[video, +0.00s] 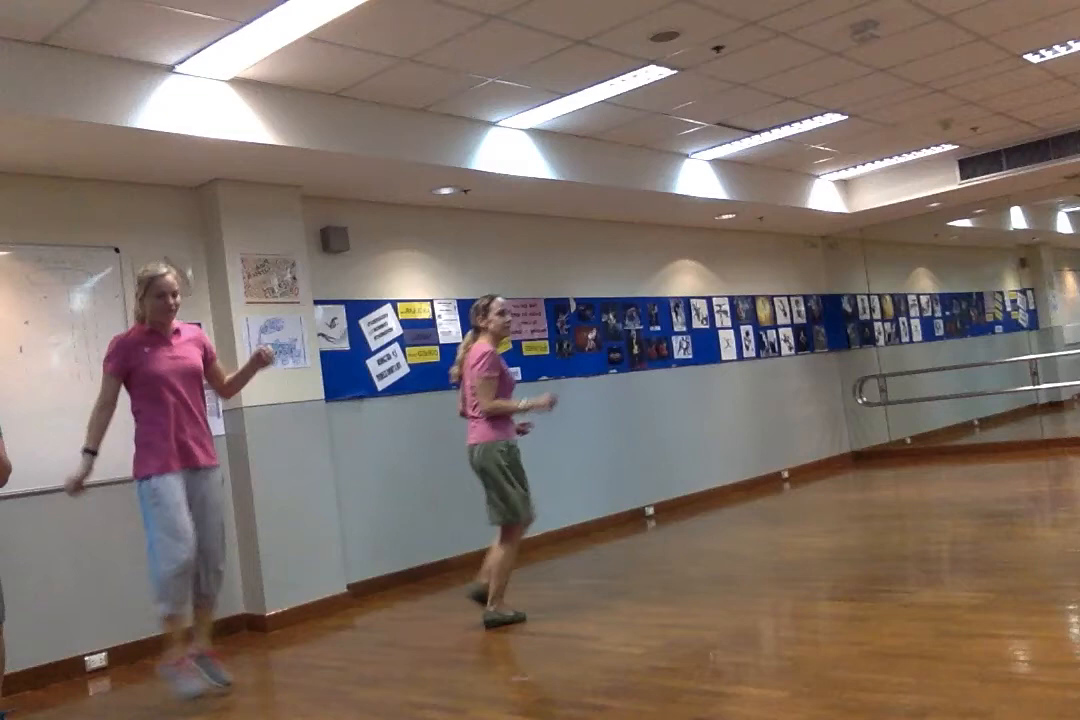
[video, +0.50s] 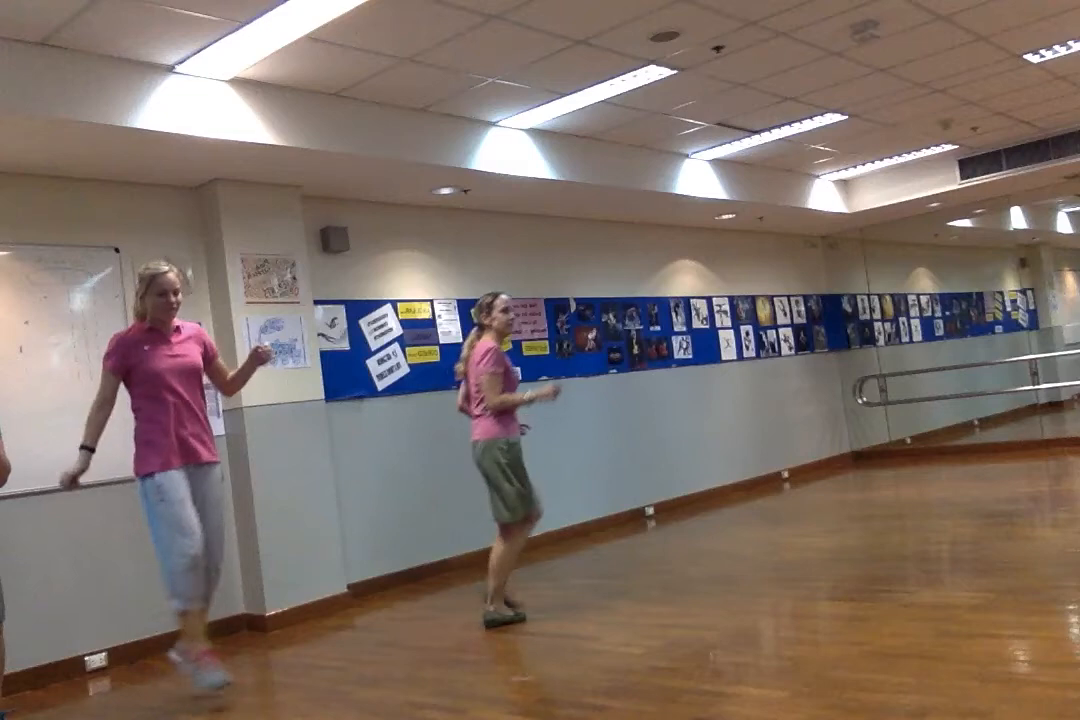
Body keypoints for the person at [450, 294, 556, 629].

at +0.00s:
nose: (508, 319)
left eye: (507, 313)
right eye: (500, 314)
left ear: (492, 322)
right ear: (482, 321)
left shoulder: (474, 353)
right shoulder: (486, 354)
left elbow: (465, 408)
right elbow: (486, 406)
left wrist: (510, 424)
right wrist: (532, 403)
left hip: (485, 444)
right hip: (494, 444)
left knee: (521, 517)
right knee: (513, 526)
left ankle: (484, 581)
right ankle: (495, 607)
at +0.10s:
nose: (511, 316)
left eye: (511, 310)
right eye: (504, 311)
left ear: (495, 319)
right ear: (486, 318)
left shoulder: (478, 350)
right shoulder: (490, 351)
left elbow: (465, 403)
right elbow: (493, 401)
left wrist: (505, 416)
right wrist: (534, 395)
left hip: (491, 442)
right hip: (497, 442)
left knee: (524, 515)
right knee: (516, 522)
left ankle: (496, 588)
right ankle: (495, 604)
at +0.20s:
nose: (511, 316)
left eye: (511, 310)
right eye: (504, 311)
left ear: (495, 319)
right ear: (486, 317)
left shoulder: (478, 350)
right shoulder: (490, 351)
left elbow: (465, 403)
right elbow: (493, 401)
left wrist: (505, 416)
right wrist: (534, 395)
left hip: (491, 442)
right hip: (497, 442)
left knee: (524, 515)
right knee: (516, 522)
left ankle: (496, 588)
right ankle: (495, 604)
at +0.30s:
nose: (511, 316)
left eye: (511, 310)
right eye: (504, 311)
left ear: (495, 319)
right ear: (486, 317)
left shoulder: (478, 350)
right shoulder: (490, 351)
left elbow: (465, 403)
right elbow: (493, 401)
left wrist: (505, 416)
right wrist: (534, 395)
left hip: (491, 442)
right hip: (497, 442)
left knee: (524, 515)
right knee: (516, 522)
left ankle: (496, 588)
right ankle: (495, 604)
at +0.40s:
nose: (511, 316)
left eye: (511, 310)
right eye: (504, 311)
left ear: (495, 319)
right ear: (486, 318)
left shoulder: (478, 350)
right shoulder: (490, 351)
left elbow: (464, 403)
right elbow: (493, 401)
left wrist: (505, 416)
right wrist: (534, 395)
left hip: (490, 442)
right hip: (497, 442)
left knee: (523, 516)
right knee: (517, 521)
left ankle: (497, 589)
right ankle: (495, 604)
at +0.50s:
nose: (511, 316)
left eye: (511, 310)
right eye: (504, 311)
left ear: (495, 319)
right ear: (486, 318)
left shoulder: (478, 350)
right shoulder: (490, 351)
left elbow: (464, 403)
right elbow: (493, 401)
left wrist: (505, 416)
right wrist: (535, 395)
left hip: (490, 442)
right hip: (497, 442)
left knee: (522, 516)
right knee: (518, 520)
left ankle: (497, 588)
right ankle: (495, 604)